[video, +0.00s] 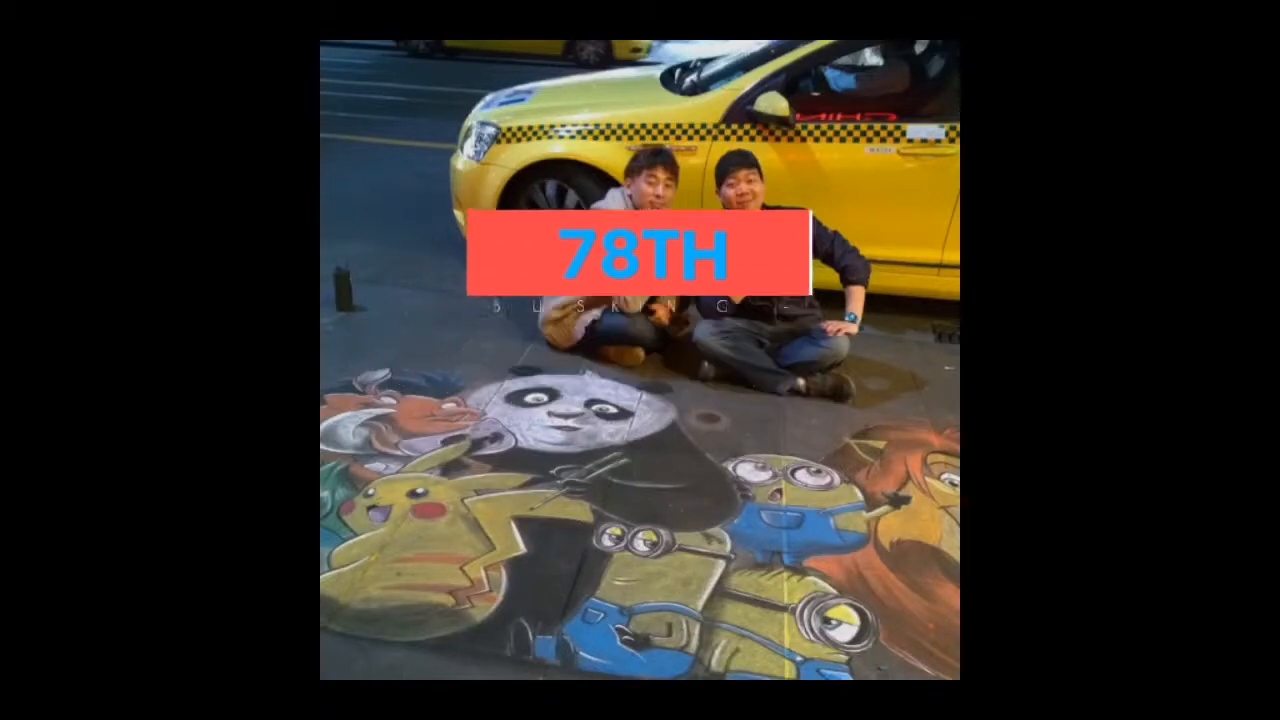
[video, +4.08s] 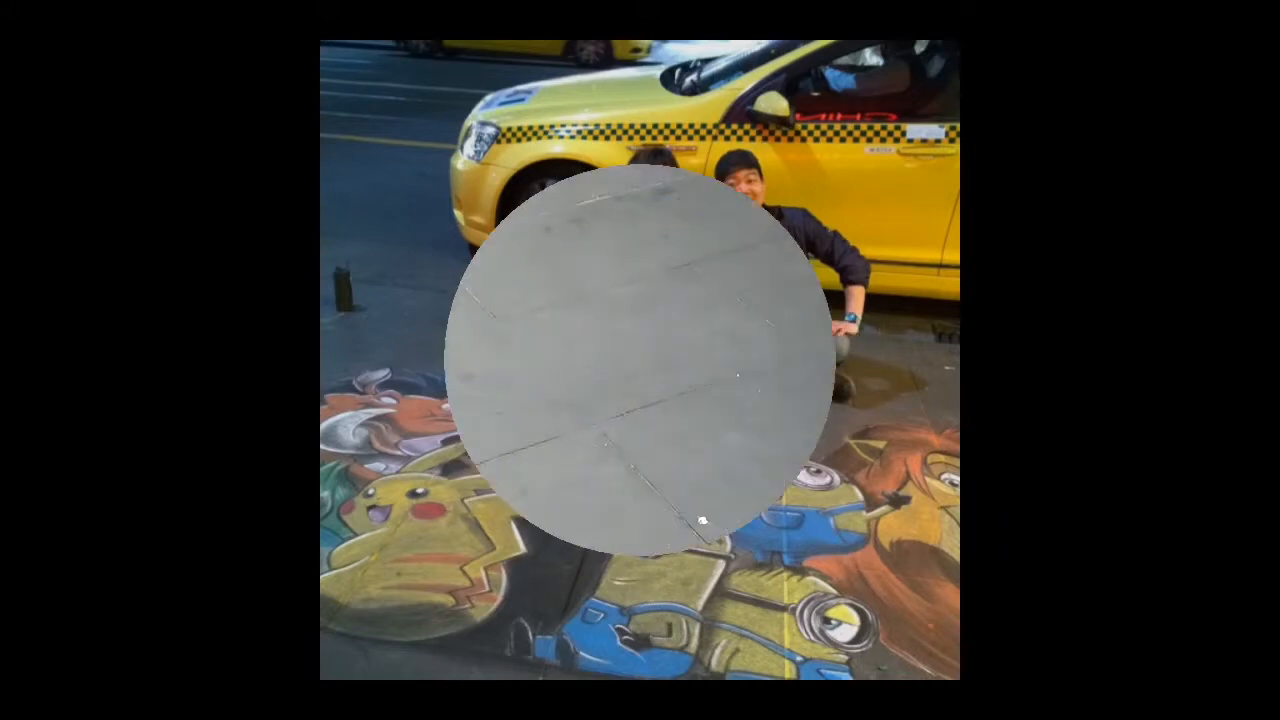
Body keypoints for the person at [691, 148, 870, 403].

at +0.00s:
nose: (743, 190)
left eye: (750, 181)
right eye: (732, 185)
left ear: (763, 186)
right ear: (720, 194)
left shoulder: (793, 221)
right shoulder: (713, 230)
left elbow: (853, 261)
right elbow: (708, 306)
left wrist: (852, 319)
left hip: (798, 324)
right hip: (744, 324)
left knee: (836, 344)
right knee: (705, 334)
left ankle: (734, 373)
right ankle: (799, 386)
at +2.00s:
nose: (743, 190)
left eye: (750, 181)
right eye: (732, 184)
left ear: (763, 184)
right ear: (721, 191)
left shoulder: (791, 220)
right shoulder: (716, 230)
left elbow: (853, 261)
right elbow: (707, 304)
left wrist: (851, 319)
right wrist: (752, 275)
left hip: (801, 328)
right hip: (746, 326)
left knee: (837, 345)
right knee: (705, 334)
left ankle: (734, 372)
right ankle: (799, 386)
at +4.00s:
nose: (742, 190)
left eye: (750, 181)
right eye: (732, 184)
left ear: (763, 187)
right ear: (720, 195)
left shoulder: (795, 222)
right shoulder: (713, 245)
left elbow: (853, 262)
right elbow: (709, 301)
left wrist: (852, 320)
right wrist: (753, 273)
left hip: (799, 329)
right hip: (744, 333)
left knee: (837, 346)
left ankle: (749, 370)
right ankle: (799, 386)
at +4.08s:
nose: (743, 190)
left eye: (750, 181)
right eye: (733, 184)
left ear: (763, 186)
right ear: (720, 191)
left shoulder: (792, 221)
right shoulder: (713, 231)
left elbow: (853, 262)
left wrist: (851, 320)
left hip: (792, 326)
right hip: (735, 331)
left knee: (839, 344)